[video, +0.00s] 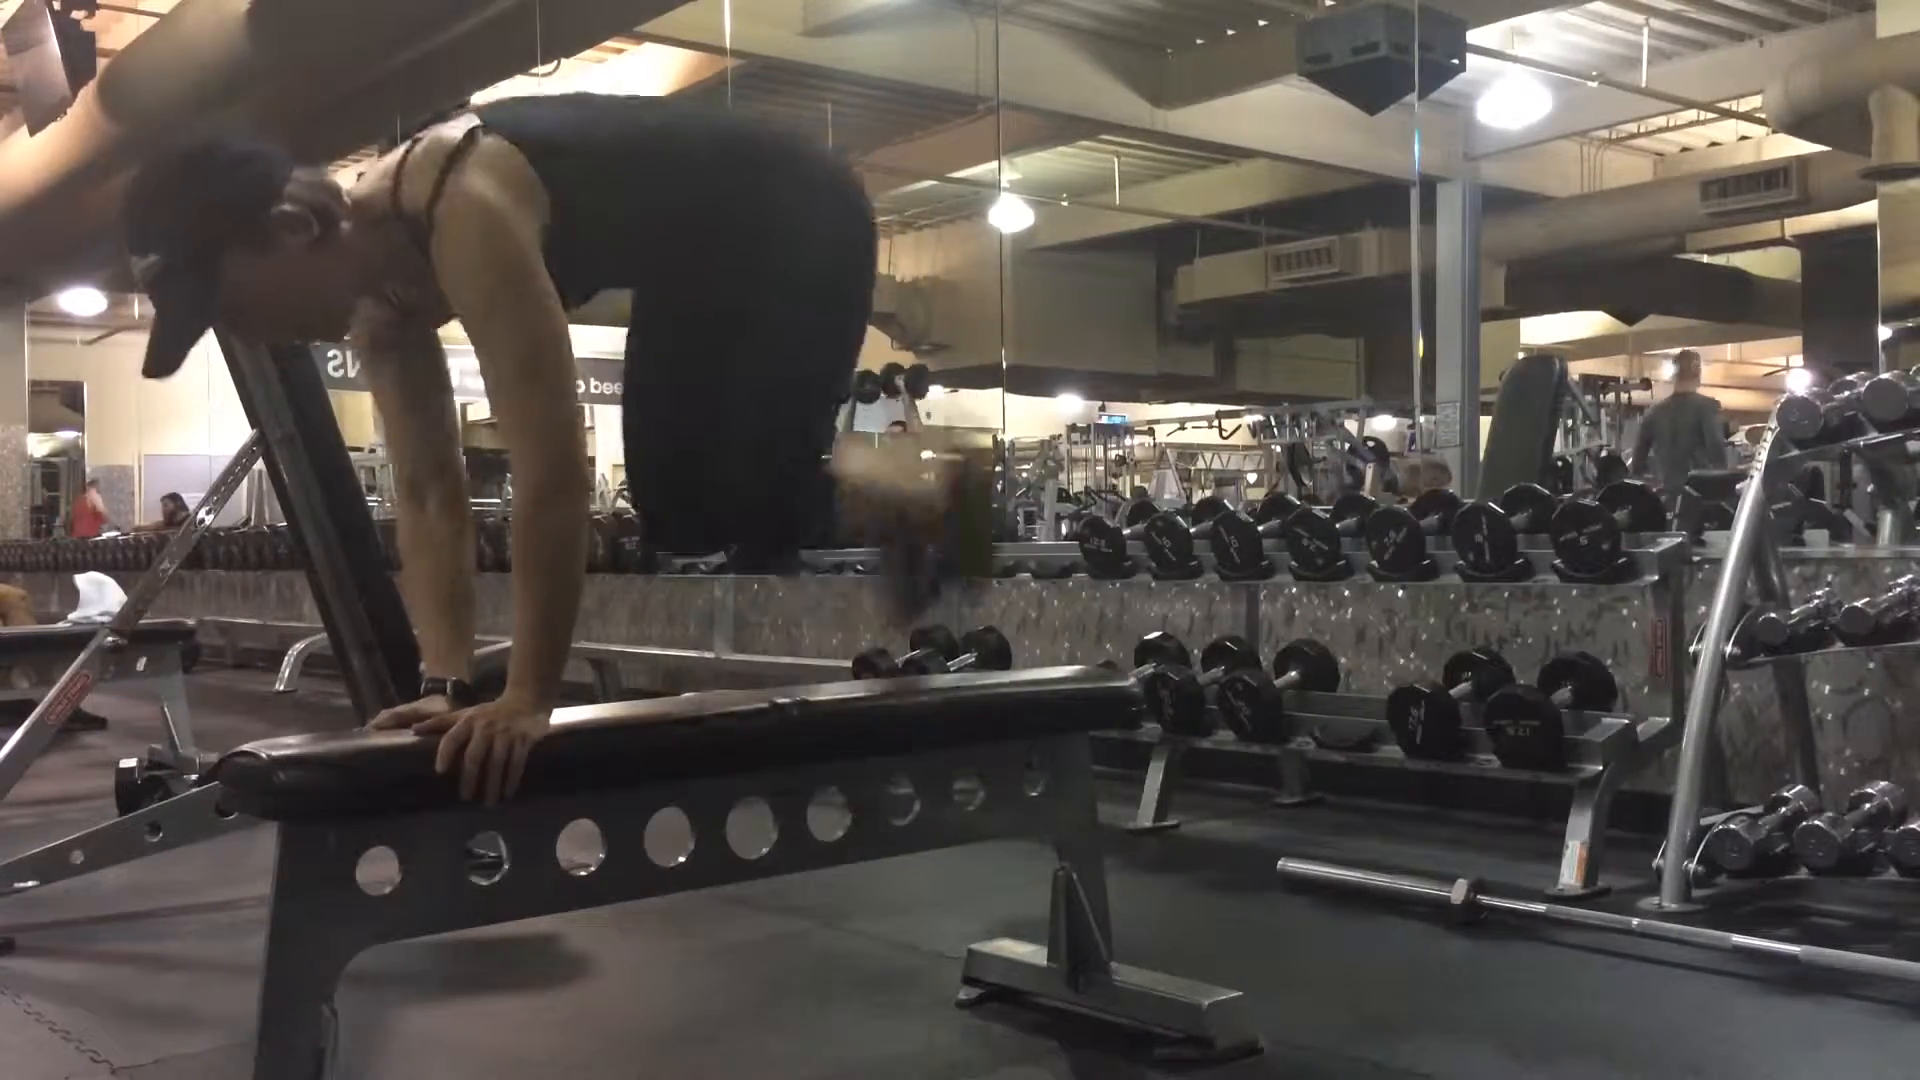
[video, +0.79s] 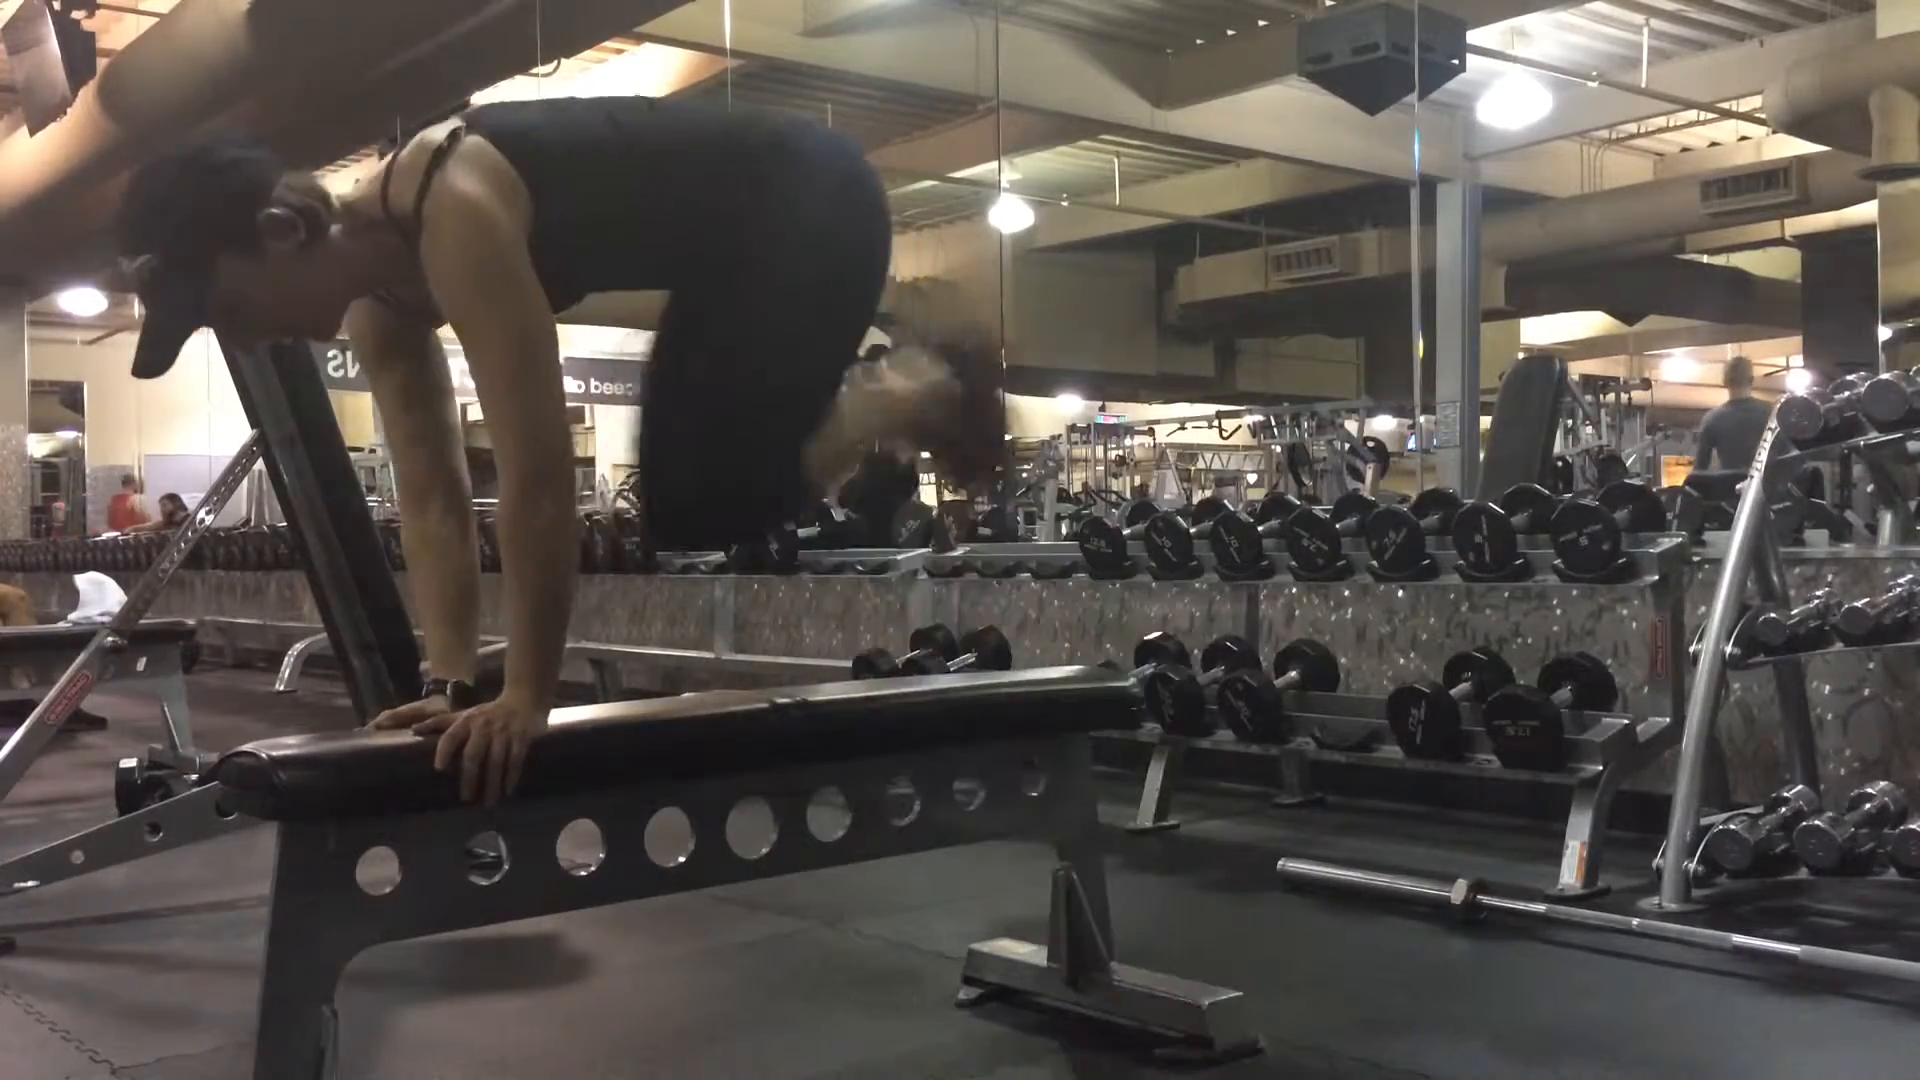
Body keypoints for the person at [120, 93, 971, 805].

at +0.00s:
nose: (262, 339)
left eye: (245, 310)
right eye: (235, 326)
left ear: (298, 227)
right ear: (295, 231)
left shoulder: (472, 211)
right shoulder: (380, 277)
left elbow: (555, 469)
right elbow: (424, 486)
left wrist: (526, 698)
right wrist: (444, 684)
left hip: (797, 215)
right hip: (696, 252)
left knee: (740, 495)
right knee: (675, 499)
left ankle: (931, 502)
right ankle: (886, 497)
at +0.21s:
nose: (264, 336)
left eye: (245, 314)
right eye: (242, 328)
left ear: (284, 230)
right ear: (286, 231)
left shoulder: (460, 207)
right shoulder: (394, 280)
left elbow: (549, 468)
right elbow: (444, 483)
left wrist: (527, 691)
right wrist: (451, 675)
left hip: (822, 184)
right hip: (754, 238)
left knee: (798, 487)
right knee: (765, 512)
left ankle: (1079, 455)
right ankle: (1049, 465)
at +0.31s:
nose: (248, 326)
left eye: (232, 294)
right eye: (226, 313)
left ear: (289, 215)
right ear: (280, 226)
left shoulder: (460, 210)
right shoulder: (402, 266)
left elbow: (552, 473)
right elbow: (451, 481)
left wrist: (528, 694)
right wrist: (450, 675)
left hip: (853, 228)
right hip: (791, 269)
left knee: (887, 557)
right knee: (849, 563)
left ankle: (1145, 741)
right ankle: (1087, 708)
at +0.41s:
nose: (280, 306)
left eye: (265, 274)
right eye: (259, 287)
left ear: (312, 215)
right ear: (309, 224)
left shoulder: (501, 236)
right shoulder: (441, 286)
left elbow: (579, 505)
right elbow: (488, 495)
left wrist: (529, 702)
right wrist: (457, 673)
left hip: (897, 376)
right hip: (845, 404)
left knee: (969, 735)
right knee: (942, 733)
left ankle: (1186, 1004)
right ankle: (1159, 984)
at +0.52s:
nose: (333, 313)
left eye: (316, 284)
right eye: (310, 298)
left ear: (353, 216)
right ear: (347, 226)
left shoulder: (540, 245)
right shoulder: (457, 295)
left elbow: (610, 511)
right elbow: (496, 504)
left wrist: (529, 705)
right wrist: (457, 681)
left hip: (898, 451)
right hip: (849, 483)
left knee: (1003, 781)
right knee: (977, 773)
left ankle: (1234, 1024)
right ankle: (1162, 997)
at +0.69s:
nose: (247, 329)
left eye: (227, 302)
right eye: (222, 318)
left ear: (268, 219)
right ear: (268, 222)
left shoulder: (455, 208)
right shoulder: (372, 284)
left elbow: (528, 461)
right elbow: (433, 482)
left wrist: (525, 689)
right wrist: (446, 675)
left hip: (814, 199)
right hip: (756, 242)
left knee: (819, 524)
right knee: (800, 528)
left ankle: (1089, 602)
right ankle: (1077, 591)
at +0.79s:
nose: (255, 343)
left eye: (236, 315)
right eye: (229, 329)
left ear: (282, 233)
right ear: (278, 236)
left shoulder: (462, 218)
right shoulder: (379, 281)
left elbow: (537, 473)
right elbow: (427, 490)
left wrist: (524, 698)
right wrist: (446, 680)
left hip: (807, 201)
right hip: (729, 232)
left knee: (715, 501)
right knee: (683, 504)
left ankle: (923, 387)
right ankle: (899, 382)